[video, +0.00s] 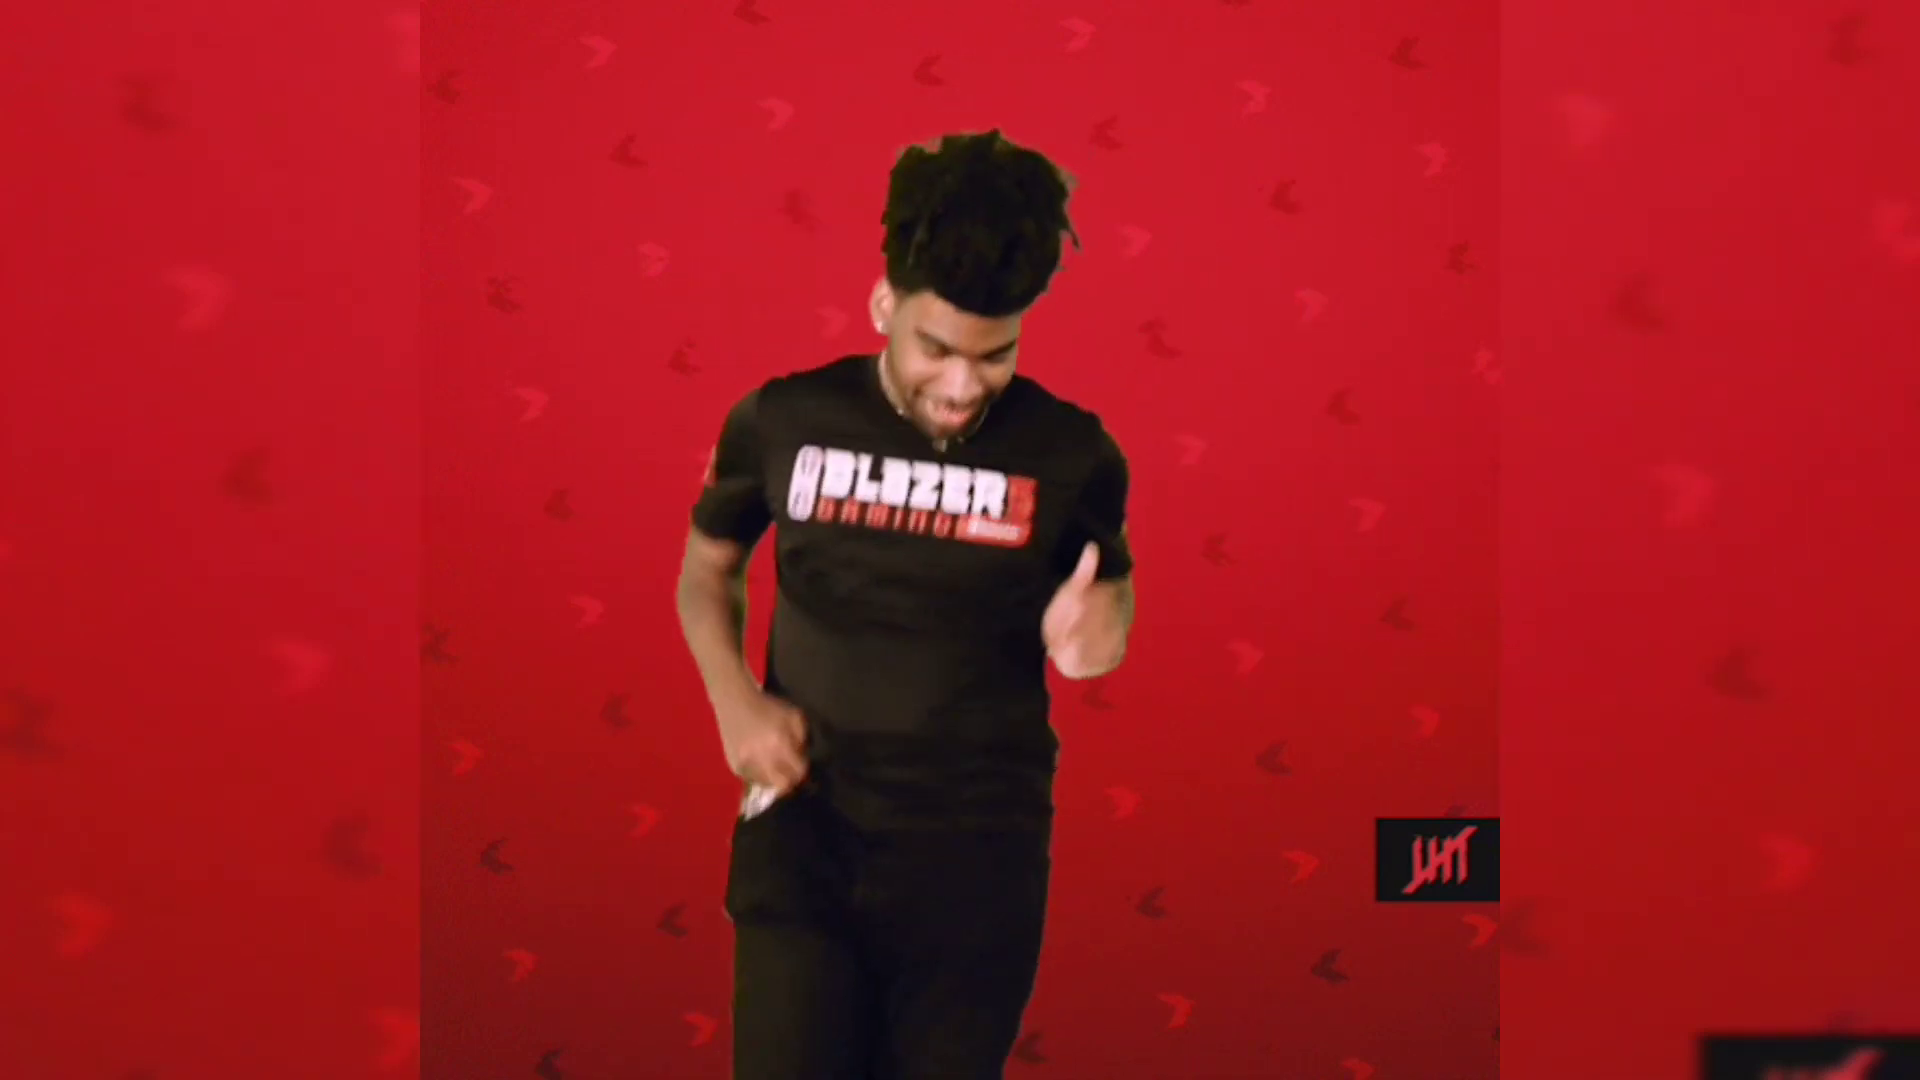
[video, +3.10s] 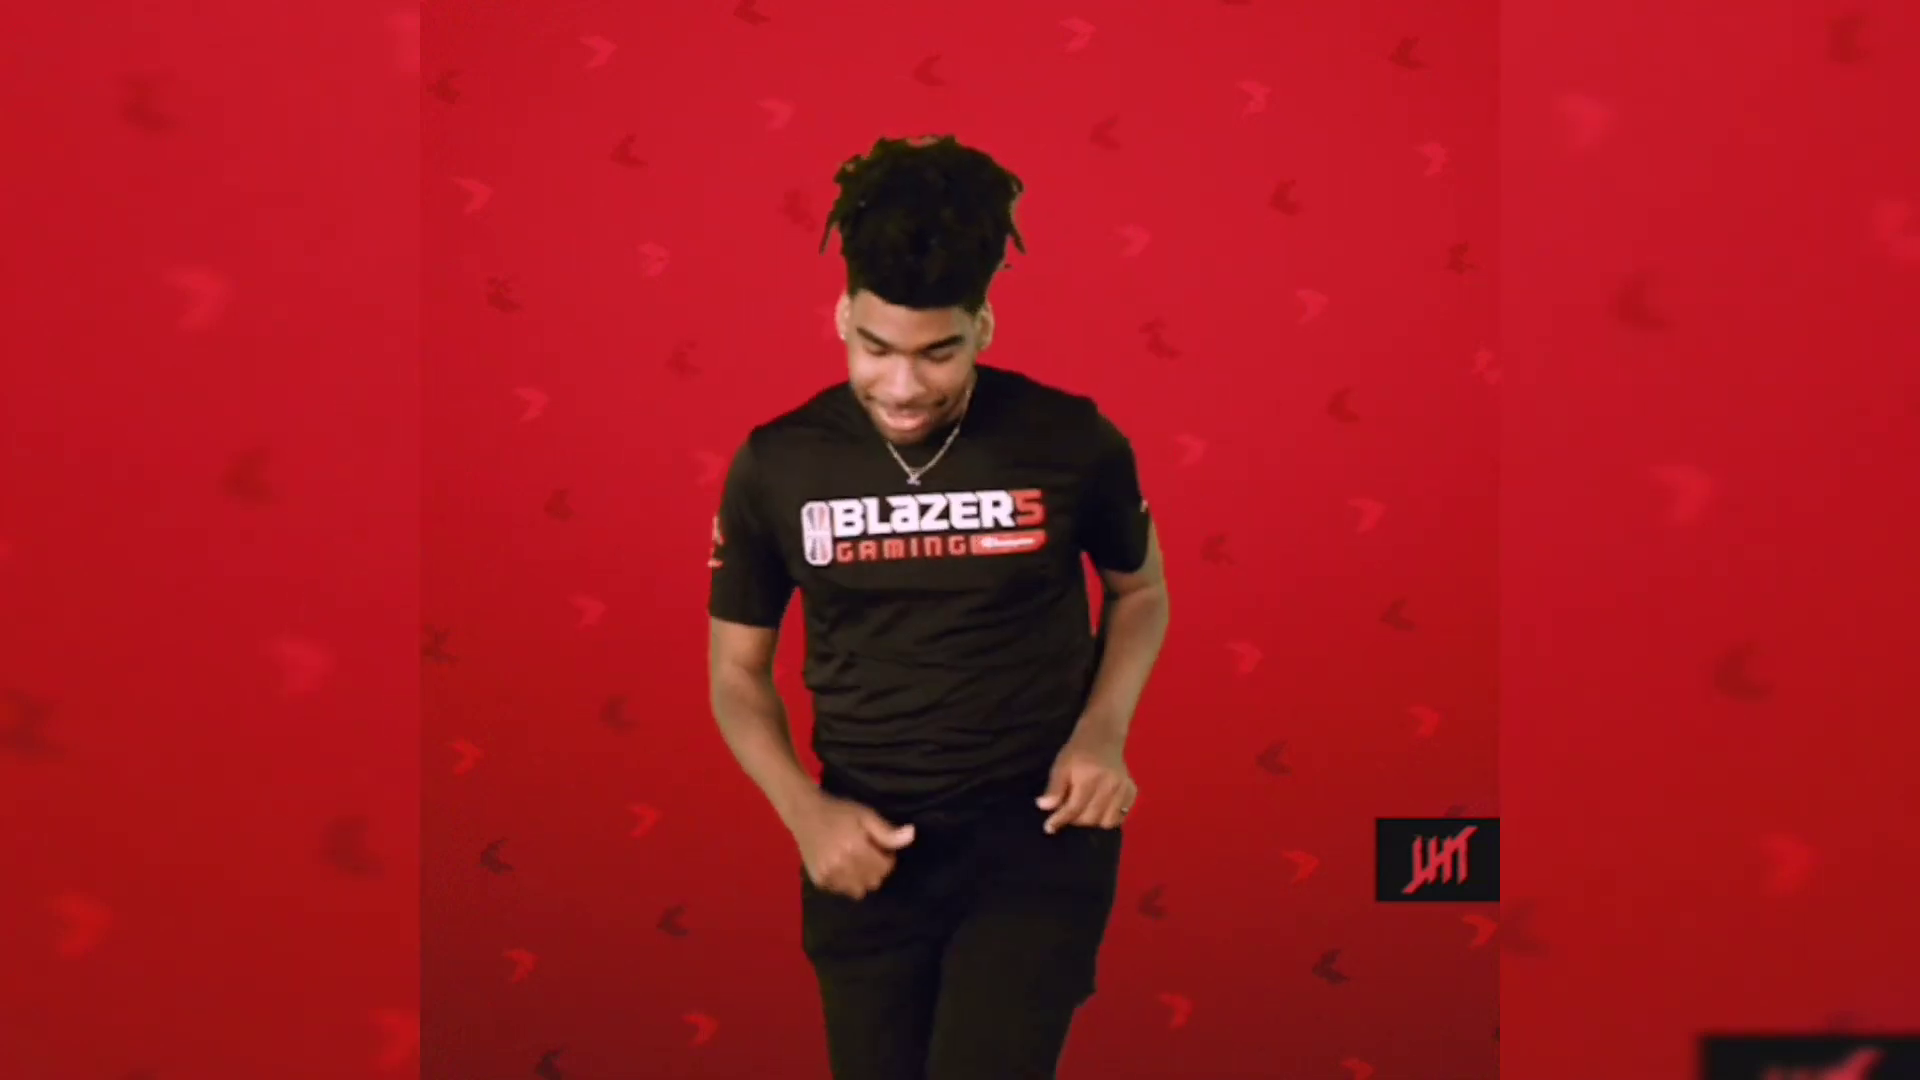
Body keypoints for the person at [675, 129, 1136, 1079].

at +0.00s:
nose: (962, 383)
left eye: (993, 354)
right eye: (936, 346)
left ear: (1027, 318)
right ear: (883, 304)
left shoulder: (1073, 456)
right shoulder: (781, 425)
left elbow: (1106, 592)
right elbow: (707, 572)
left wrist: (1089, 640)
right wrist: (735, 700)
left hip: (978, 853)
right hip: (806, 843)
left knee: (950, 1059)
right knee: (787, 1061)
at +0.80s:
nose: (894, 387)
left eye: (925, 353)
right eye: (860, 355)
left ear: (971, 311)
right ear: (827, 315)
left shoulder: (1043, 424)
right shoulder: (773, 481)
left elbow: (1045, 563)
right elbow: (660, 663)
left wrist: (1091, 688)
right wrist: (818, 780)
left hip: (1041, 883)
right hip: (872, 905)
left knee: (1071, 1062)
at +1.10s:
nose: (1003, 392)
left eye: (1033, 356)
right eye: (970, 358)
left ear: (1078, 315)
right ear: (936, 322)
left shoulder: (1139, 445)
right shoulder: (857, 478)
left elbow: (1134, 569)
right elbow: (728, 635)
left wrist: (1169, 693)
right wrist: (866, 775)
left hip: (1117, 880)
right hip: (945, 897)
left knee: (1133, 1061)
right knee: (973, 1061)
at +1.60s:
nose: (933, 365)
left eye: (967, 337)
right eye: (917, 329)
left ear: (1052, 321)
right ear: (903, 304)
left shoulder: (1148, 475)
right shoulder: (867, 443)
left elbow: (1222, 665)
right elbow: (822, 601)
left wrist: (1104, 746)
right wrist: (815, 731)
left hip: (1049, 906)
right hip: (878, 892)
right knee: (849, 1063)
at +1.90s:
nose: (835, 350)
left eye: (872, 320)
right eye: (818, 315)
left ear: (951, 300)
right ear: (802, 292)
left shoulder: (1064, 451)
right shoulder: (777, 432)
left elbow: (1138, 627)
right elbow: (753, 579)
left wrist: (1027, 723)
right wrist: (734, 684)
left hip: (958, 867)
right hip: (783, 849)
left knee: (918, 1062)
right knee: (758, 1061)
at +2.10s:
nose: (868, 363)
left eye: (893, 329)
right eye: (836, 332)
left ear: (920, 302)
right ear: (773, 306)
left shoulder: (1003, 433)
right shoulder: (706, 457)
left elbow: (1081, 591)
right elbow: (670, 605)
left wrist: (1005, 716)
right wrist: (705, 720)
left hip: (951, 868)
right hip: (771, 868)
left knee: (942, 1064)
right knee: (760, 1064)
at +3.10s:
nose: (902, 383)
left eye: (937, 351)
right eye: (875, 345)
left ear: (985, 318)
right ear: (843, 310)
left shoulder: (1075, 446)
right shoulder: (779, 468)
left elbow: (1140, 587)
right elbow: (738, 673)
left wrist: (1103, 732)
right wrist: (805, 812)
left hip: (1039, 848)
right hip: (865, 859)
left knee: (988, 1059)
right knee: (875, 1063)